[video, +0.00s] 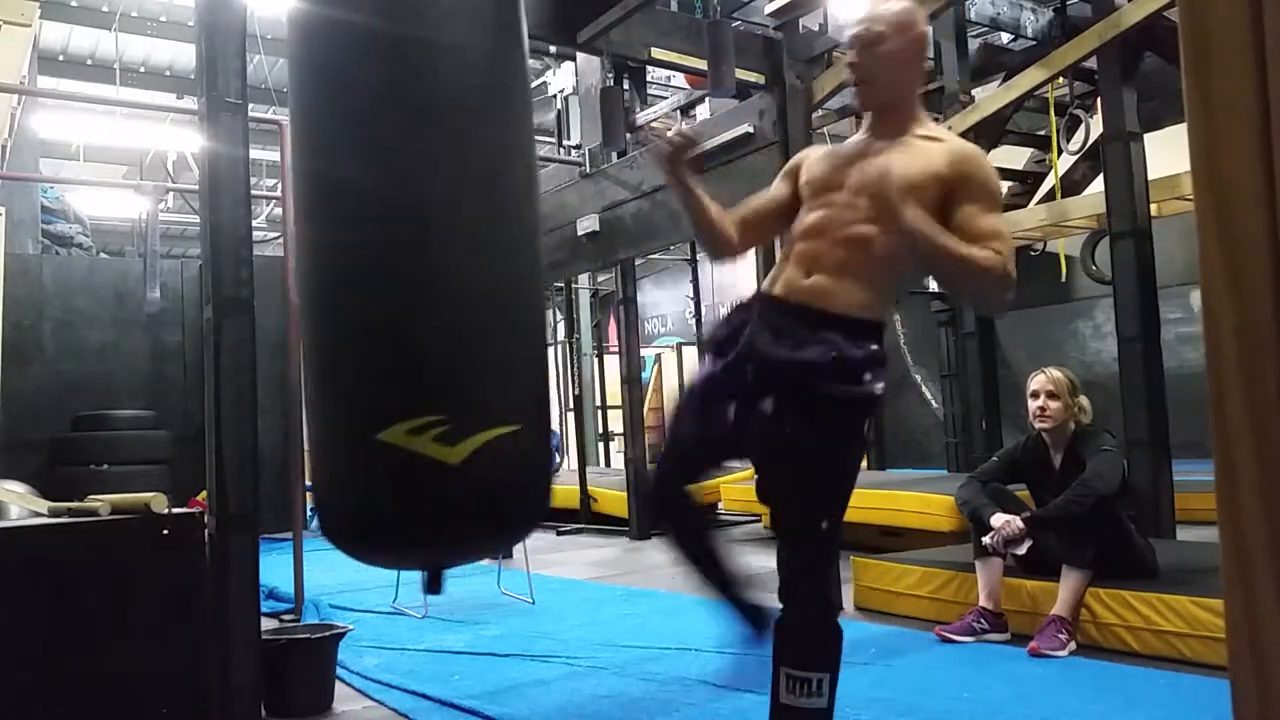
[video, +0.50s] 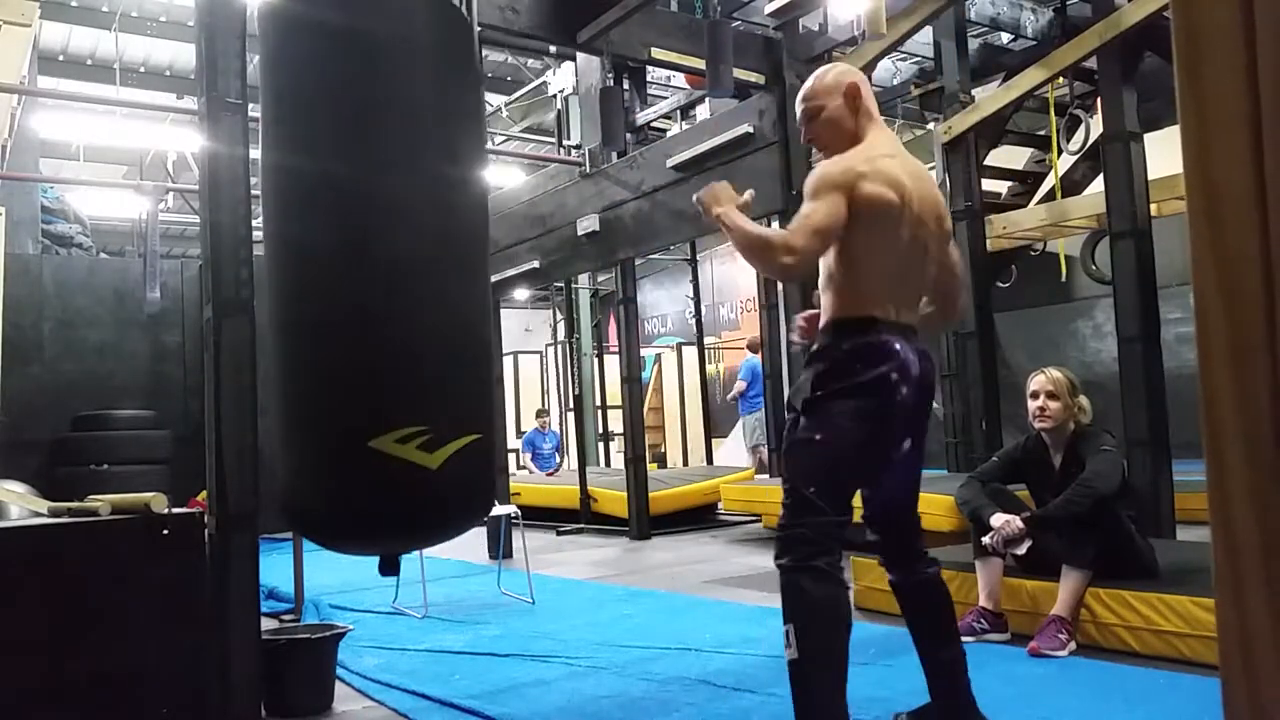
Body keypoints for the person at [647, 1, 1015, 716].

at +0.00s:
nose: (850, 57)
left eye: (867, 44)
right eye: (850, 46)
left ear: (914, 53)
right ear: (853, 60)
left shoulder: (956, 160)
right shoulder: (813, 161)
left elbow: (997, 281)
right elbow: (727, 238)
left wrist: (910, 217)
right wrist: (684, 177)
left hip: (836, 359)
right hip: (756, 338)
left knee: (805, 564)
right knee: (662, 486)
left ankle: (801, 713)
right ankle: (756, 618)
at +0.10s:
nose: (823, 64)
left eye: (841, 48)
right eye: (822, 54)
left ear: (893, 51)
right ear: (823, 72)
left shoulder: (935, 160)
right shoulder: (801, 181)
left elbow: (986, 275)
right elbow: (750, 284)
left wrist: (894, 269)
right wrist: (726, 232)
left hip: (838, 354)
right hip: (769, 352)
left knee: (803, 545)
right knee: (773, 528)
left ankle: (797, 711)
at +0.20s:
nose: (810, 85)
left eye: (823, 67)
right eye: (809, 72)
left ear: (873, 64)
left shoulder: (913, 152)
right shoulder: (828, 178)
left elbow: (959, 265)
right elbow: (801, 308)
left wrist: (836, 274)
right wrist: (751, 280)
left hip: (840, 359)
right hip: (793, 363)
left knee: (791, 546)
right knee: (838, 530)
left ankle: (795, 710)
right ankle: (934, 676)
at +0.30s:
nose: (809, 117)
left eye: (817, 98)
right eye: (804, 105)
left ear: (862, 84)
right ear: (859, 91)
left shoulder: (880, 164)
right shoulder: (866, 174)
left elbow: (905, 261)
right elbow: (861, 305)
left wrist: (787, 268)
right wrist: (786, 317)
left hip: (849, 378)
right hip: (864, 379)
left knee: (790, 553)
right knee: (881, 550)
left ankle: (800, 711)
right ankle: (956, 703)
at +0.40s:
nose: (805, 134)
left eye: (813, 116)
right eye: (801, 121)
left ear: (855, 106)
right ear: (861, 112)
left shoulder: (850, 182)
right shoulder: (915, 189)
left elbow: (826, 264)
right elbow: (910, 293)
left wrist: (740, 240)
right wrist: (822, 317)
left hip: (854, 381)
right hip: (905, 379)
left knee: (792, 552)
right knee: (888, 545)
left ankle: (825, 711)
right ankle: (956, 701)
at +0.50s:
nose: (806, 133)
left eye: (812, 114)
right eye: (801, 120)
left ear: (855, 94)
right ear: (867, 101)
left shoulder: (840, 171)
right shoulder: (923, 180)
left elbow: (788, 256)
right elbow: (946, 301)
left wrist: (726, 213)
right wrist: (842, 316)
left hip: (853, 367)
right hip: (912, 367)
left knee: (808, 543)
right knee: (898, 534)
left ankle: (821, 710)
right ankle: (954, 700)